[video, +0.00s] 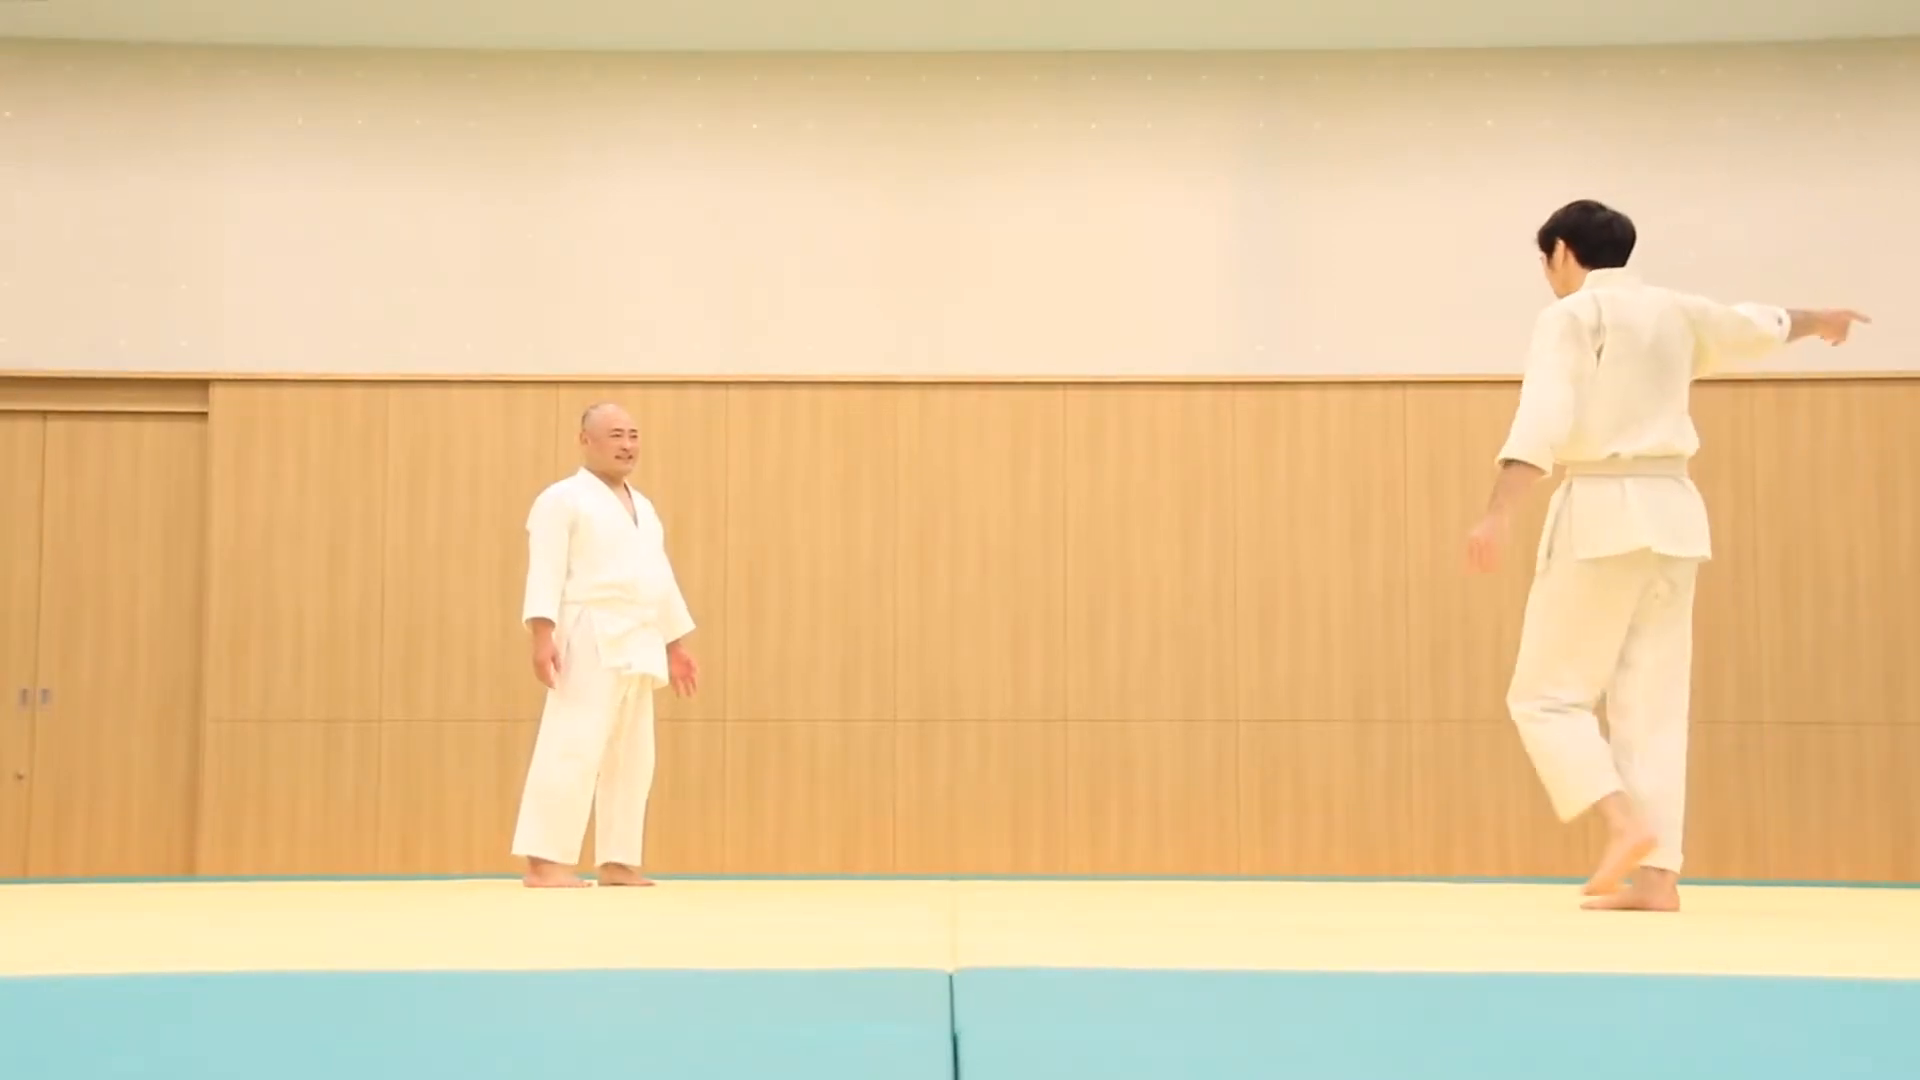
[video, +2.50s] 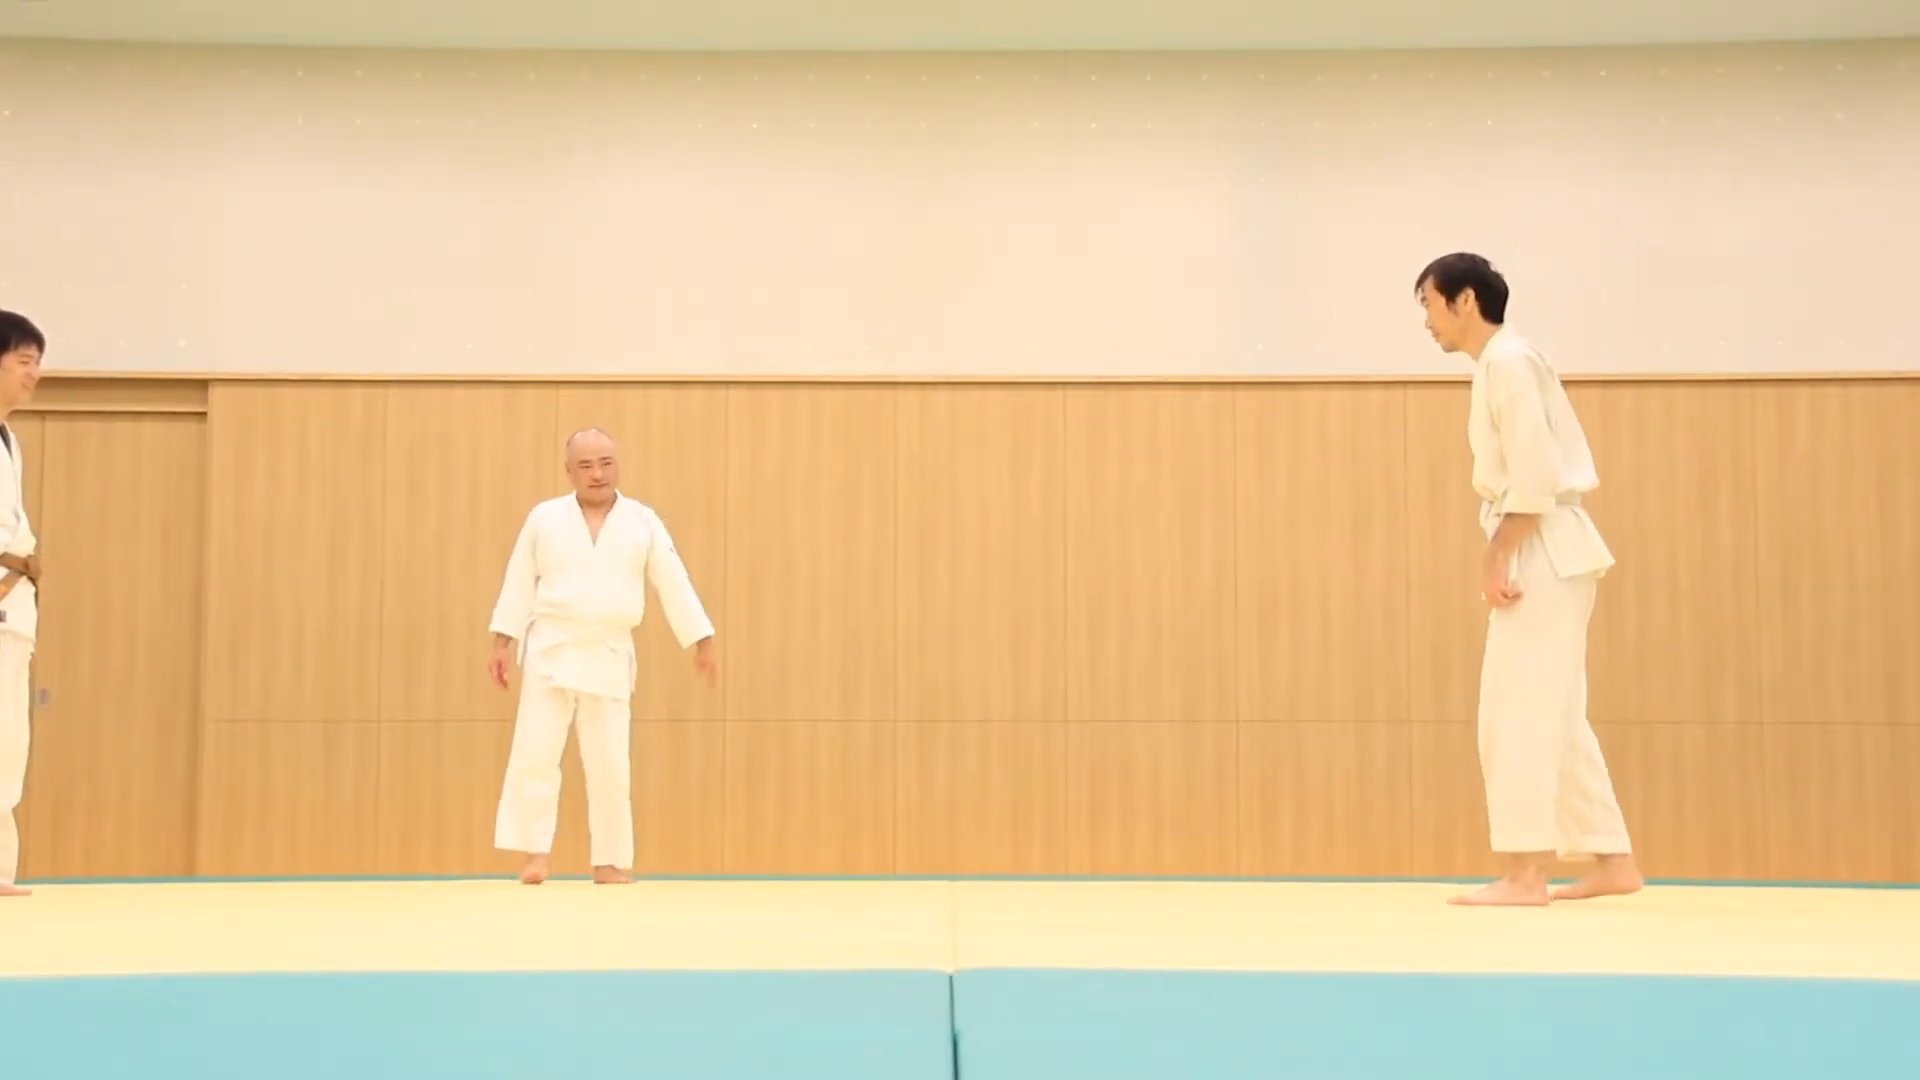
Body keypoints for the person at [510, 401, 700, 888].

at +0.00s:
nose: (627, 443)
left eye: (633, 435)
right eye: (615, 435)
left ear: (639, 443)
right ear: (585, 442)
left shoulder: (642, 507)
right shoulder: (561, 500)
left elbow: (659, 580)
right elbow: (545, 571)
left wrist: (674, 643)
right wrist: (542, 634)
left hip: (639, 648)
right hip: (586, 644)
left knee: (630, 755)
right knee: (570, 750)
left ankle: (618, 862)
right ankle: (545, 862)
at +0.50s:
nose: (639, 450)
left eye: (644, 441)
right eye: (626, 441)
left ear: (650, 449)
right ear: (598, 449)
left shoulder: (660, 509)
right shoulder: (566, 505)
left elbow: (684, 578)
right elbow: (545, 574)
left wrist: (707, 643)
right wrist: (538, 636)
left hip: (639, 648)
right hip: (580, 645)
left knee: (631, 759)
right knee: (568, 752)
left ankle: (617, 865)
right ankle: (553, 860)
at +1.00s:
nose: (618, 458)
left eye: (624, 450)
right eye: (606, 449)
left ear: (631, 459)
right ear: (580, 458)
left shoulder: (646, 517)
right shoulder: (547, 513)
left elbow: (679, 570)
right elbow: (522, 577)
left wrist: (717, 608)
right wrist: (504, 637)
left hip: (628, 649)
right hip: (565, 648)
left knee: (627, 757)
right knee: (557, 755)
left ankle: (618, 863)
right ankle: (558, 860)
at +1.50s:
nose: (597, 473)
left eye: (606, 463)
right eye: (586, 463)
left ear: (616, 468)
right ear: (564, 466)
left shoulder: (624, 513)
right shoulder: (531, 517)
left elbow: (649, 502)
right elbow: (505, 583)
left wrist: (600, 488)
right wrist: (487, 649)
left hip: (613, 646)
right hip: (555, 646)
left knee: (619, 753)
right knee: (555, 753)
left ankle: (614, 859)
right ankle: (562, 862)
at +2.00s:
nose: (604, 477)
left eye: (612, 468)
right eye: (593, 468)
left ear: (621, 472)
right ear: (570, 471)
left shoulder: (633, 519)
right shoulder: (541, 520)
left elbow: (673, 523)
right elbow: (521, 586)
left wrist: (627, 503)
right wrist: (511, 644)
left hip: (622, 650)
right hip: (565, 651)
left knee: (619, 757)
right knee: (562, 755)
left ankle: (609, 862)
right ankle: (563, 863)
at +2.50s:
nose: (597, 473)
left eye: (605, 463)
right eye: (585, 465)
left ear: (618, 466)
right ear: (569, 471)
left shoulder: (641, 519)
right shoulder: (545, 517)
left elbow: (672, 579)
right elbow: (520, 580)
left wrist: (701, 637)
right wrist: (502, 642)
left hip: (609, 653)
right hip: (550, 650)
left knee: (609, 761)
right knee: (536, 753)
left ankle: (609, 864)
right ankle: (535, 855)